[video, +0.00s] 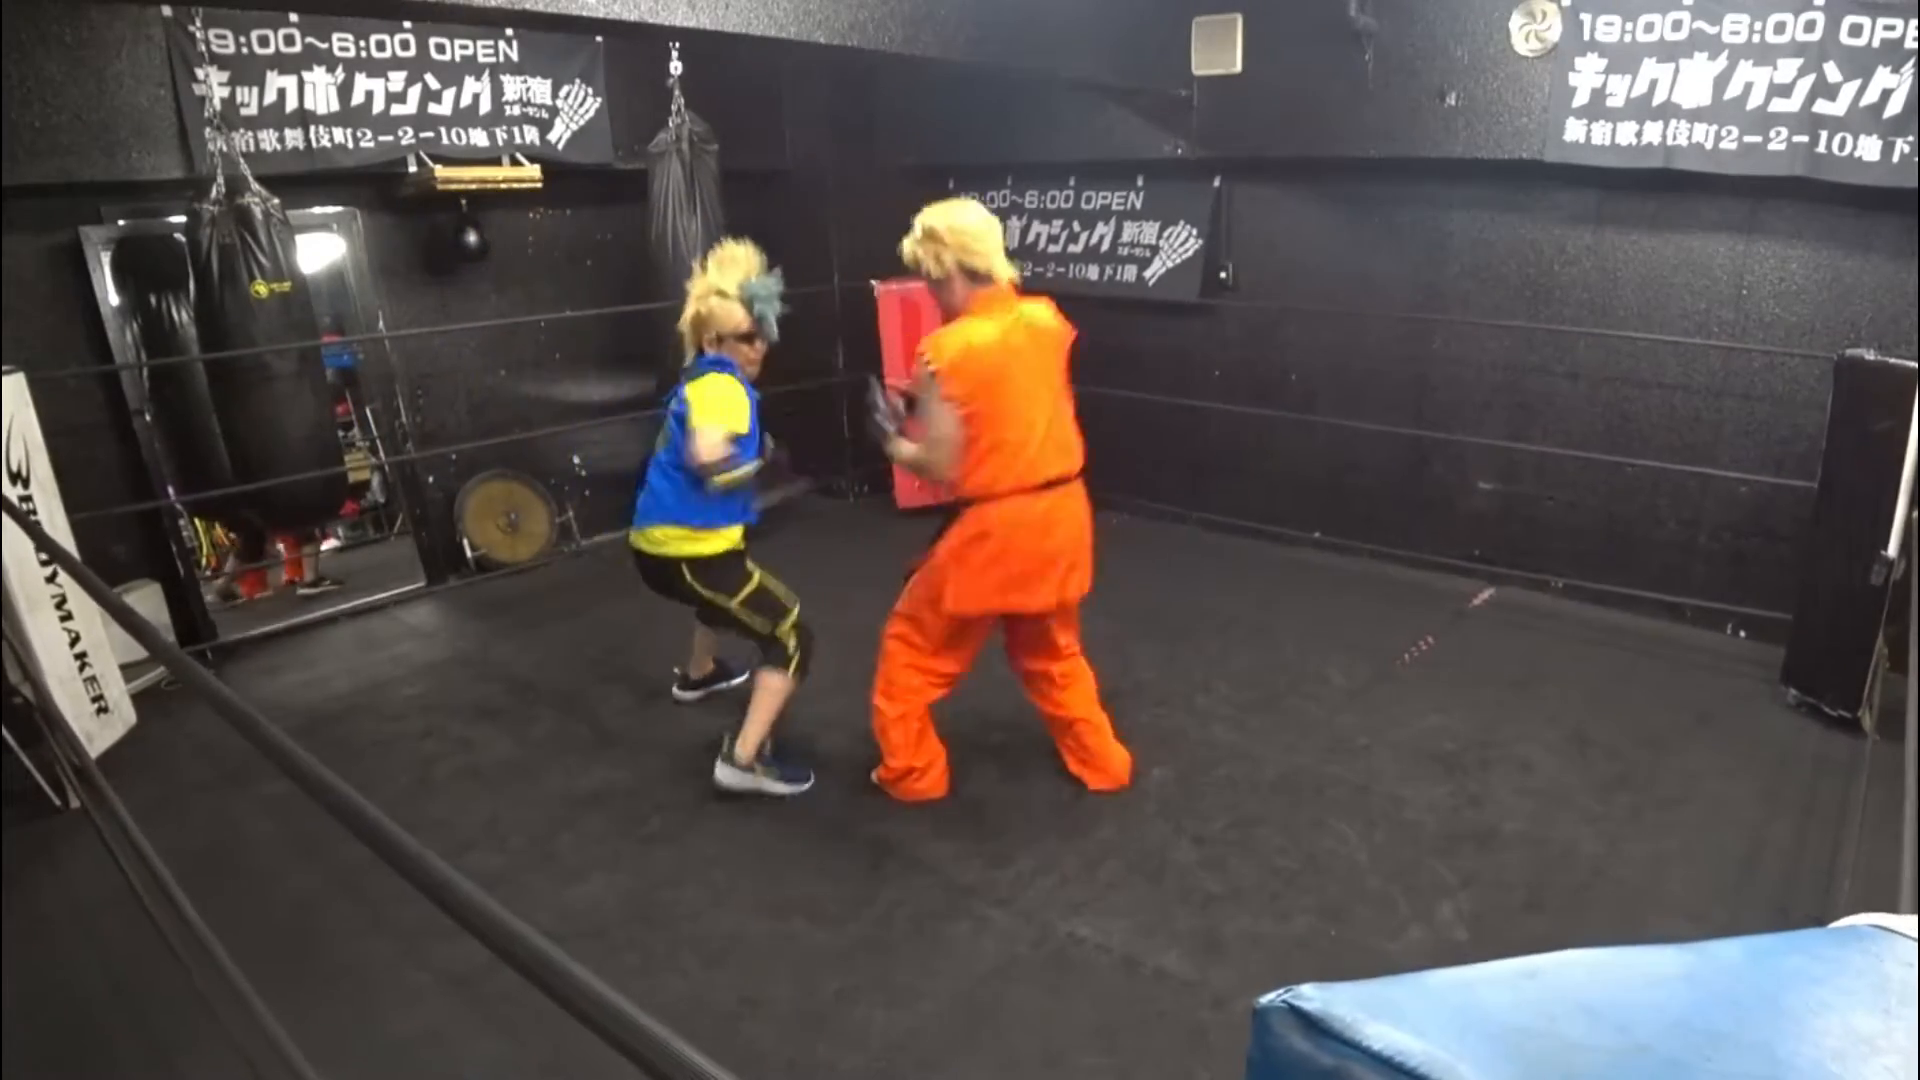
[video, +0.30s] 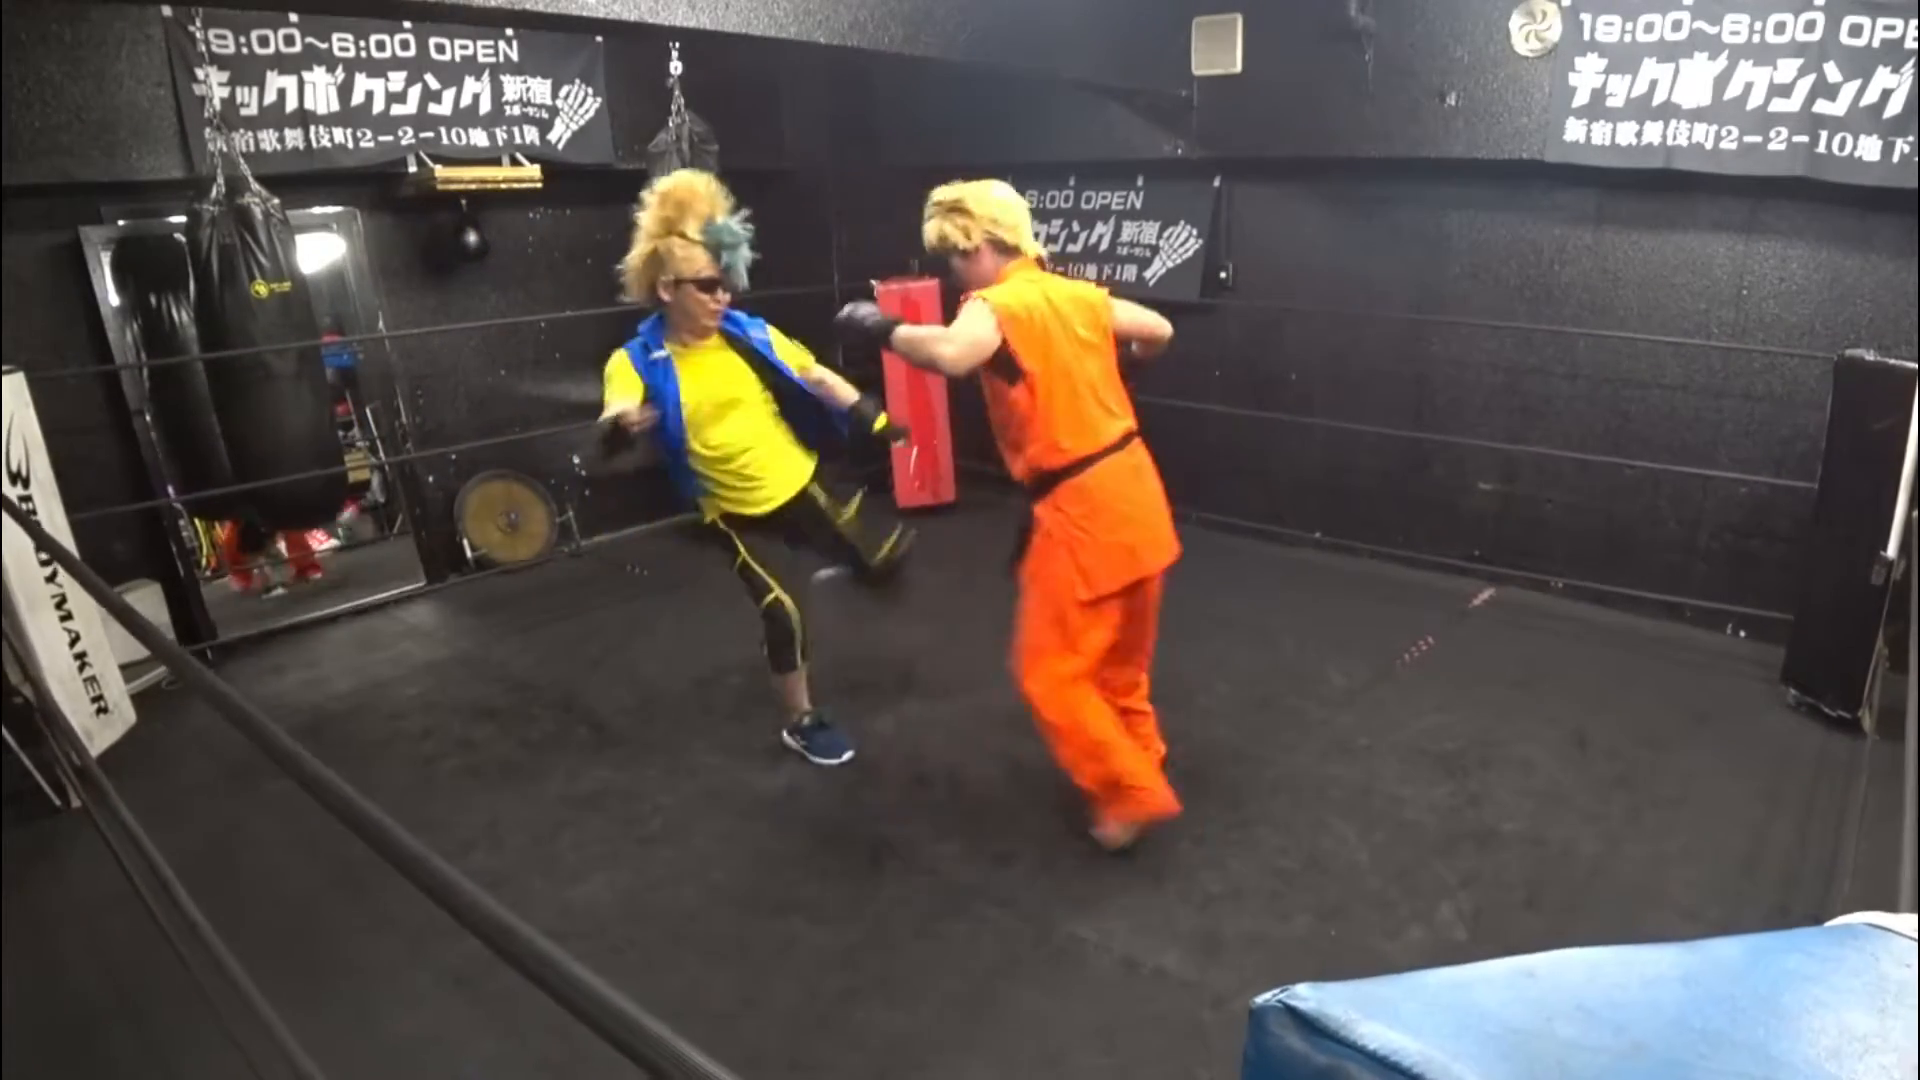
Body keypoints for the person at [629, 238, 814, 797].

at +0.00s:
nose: (761, 352)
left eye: (762, 341)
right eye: (752, 342)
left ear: (721, 341)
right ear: (723, 342)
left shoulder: (702, 381)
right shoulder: (720, 389)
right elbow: (708, 461)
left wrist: (748, 458)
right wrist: (758, 461)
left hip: (662, 541)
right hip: (690, 552)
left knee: (726, 580)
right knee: (791, 637)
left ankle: (699, 669)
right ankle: (744, 759)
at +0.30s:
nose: (721, 298)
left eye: (724, 285)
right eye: (707, 287)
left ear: (731, 283)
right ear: (665, 292)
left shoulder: (746, 332)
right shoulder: (635, 362)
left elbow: (817, 377)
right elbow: (611, 443)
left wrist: (873, 418)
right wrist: (624, 425)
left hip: (798, 488)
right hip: (733, 515)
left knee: (864, 549)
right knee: (784, 610)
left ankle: (869, 563)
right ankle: (801, 719)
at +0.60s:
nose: (716, 320)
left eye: (719, 307)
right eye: (701, 310)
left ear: (725, 301)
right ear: (661, 316)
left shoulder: (749, 336)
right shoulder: (641, 383)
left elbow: (825, 349)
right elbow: (598, 440)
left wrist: (881, 348)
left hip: (832, 445)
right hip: (793, 507)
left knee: (903, 447)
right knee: (810, 613)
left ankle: (1012, 466)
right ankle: (840, 712)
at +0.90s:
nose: (698, 315)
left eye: (702, 301)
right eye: (681, 306)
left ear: (712, 298)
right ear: (645, 316)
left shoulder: (749, 336)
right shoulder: (650, 376)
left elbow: (836, 370)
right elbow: (668, 430)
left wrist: (819, 344)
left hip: (822, 506)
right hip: (759, 529)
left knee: (850, 624)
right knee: (786, 649)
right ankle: (835, 710)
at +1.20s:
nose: (643, 298)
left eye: (654, 282)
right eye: (630, 288)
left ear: (682, 280)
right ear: (621, 294)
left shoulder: (726, 332)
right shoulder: (625, 352)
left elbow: (738, 389)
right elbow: (618, 419)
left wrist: (687, 335)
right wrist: (619, 450)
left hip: (749, 508)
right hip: (685, 521)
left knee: (765, 619)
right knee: (756, 624)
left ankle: (679, 668)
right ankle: (826, 710)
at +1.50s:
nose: (648, 276)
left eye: (652, 263)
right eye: (632, 264)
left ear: (658, 264)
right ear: (596, 268)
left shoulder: (638, 324)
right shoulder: (578, 321)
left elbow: (680, 391)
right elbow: (619, 378)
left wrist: (691, 368)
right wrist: (667, 347)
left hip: (606, 489)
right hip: (566, 493)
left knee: (635, 594)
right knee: (642, 600)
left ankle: (637, 684)